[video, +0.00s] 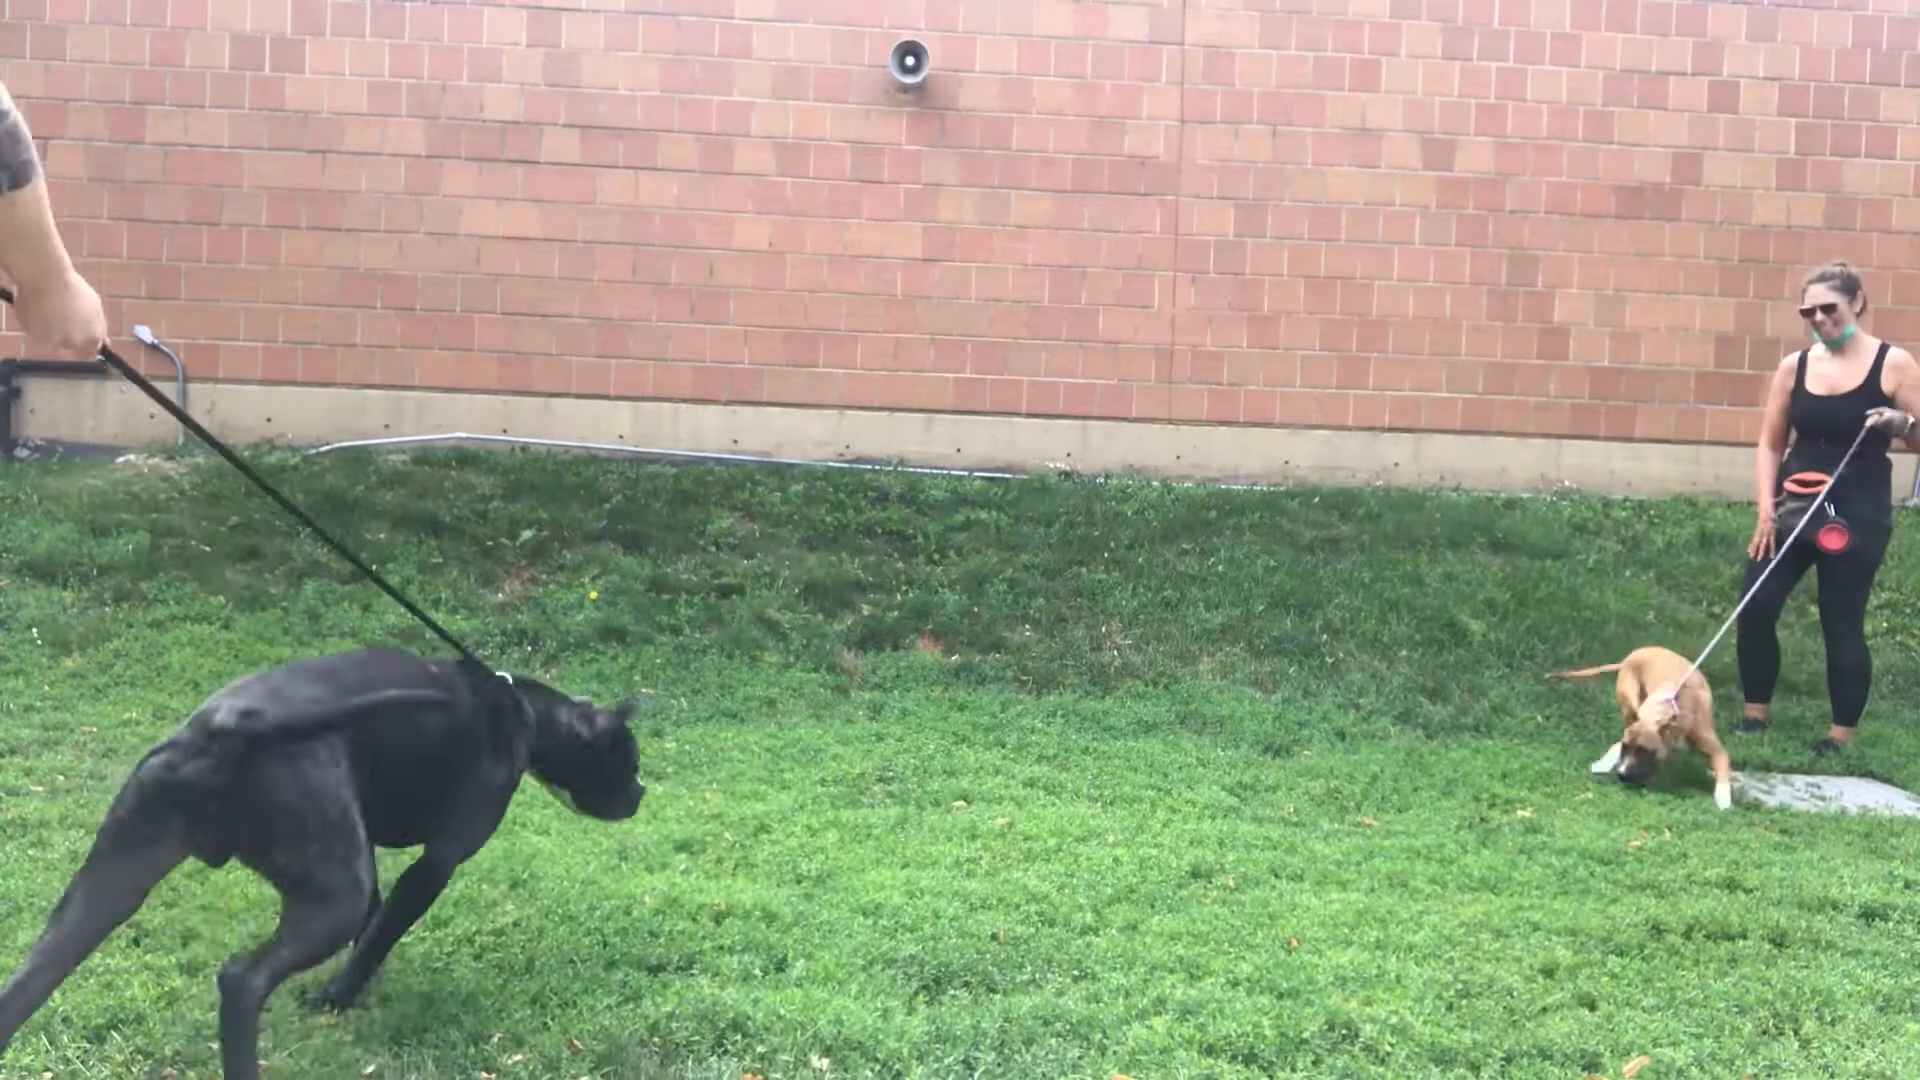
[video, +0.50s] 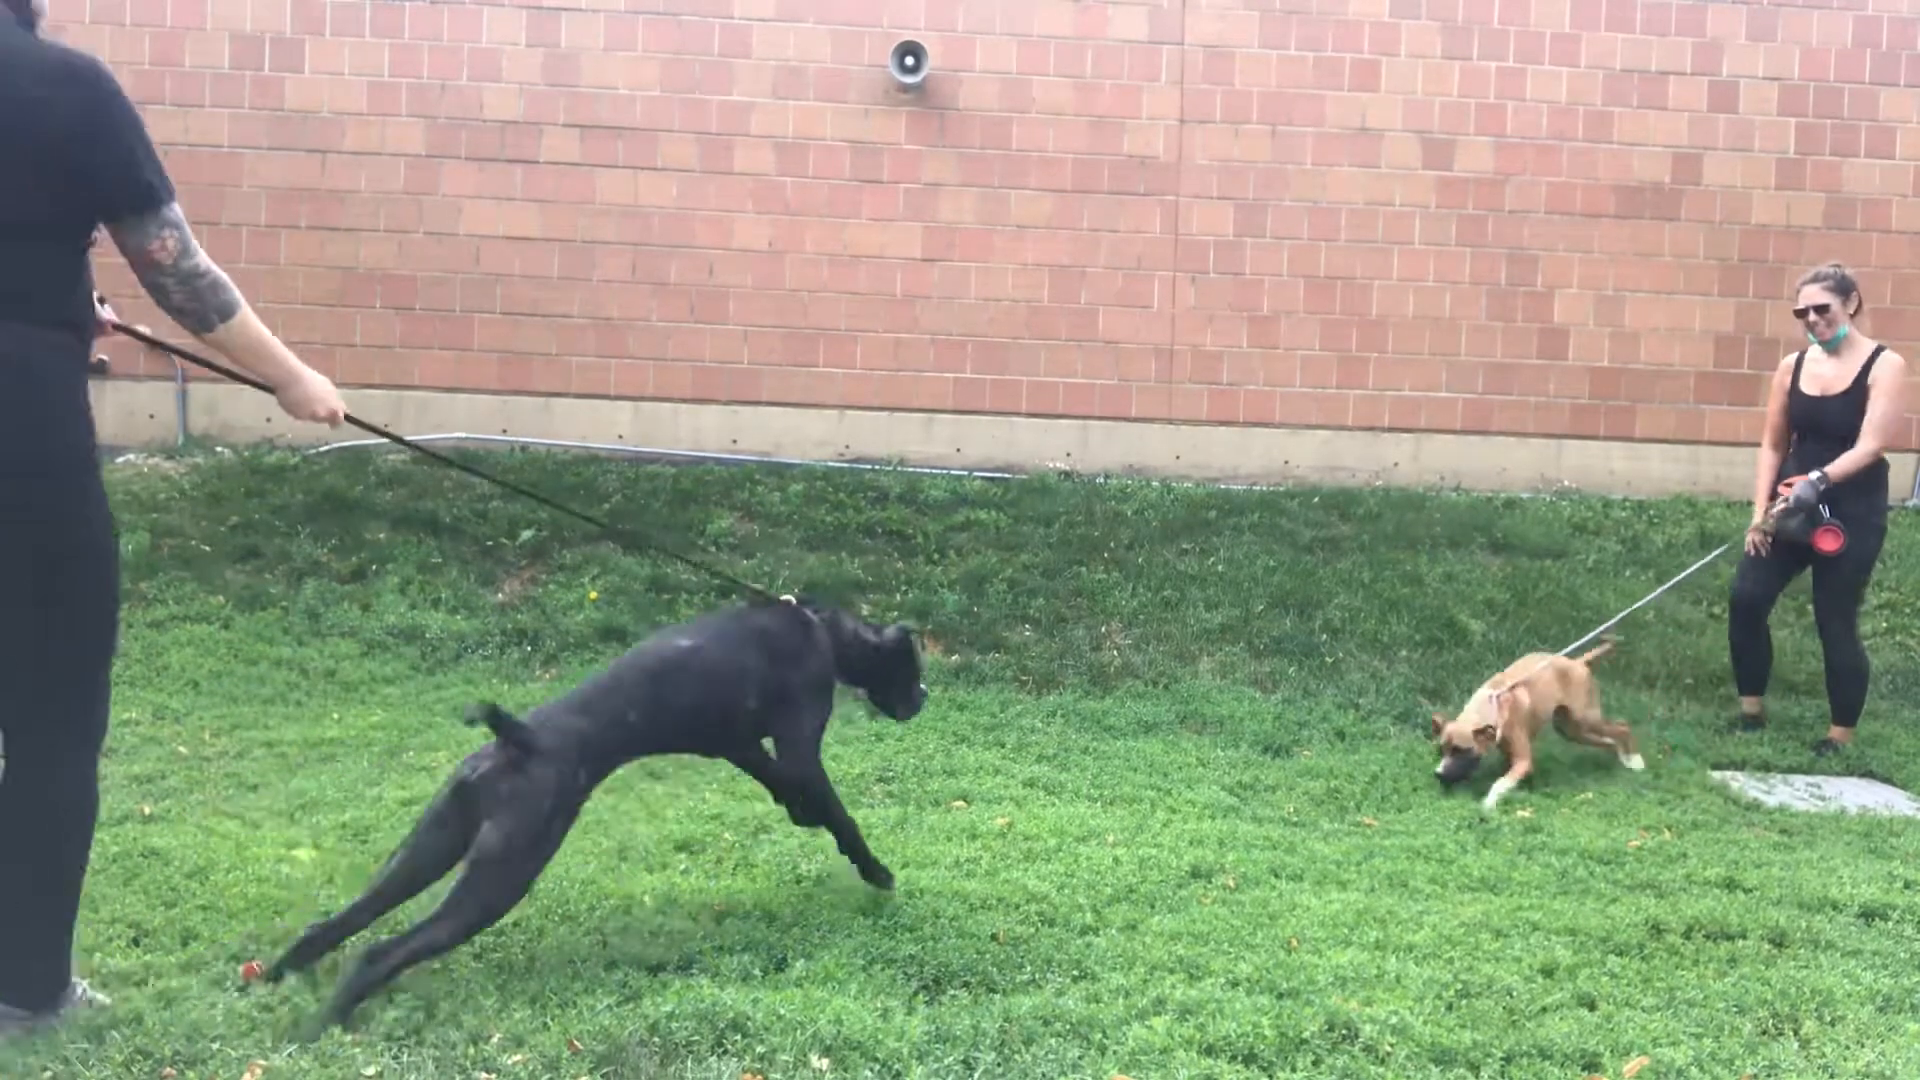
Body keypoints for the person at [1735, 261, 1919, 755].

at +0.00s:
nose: (1819, 319)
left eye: (1829, 308)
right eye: (1810, 311)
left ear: (1855, 305)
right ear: (1804, 313)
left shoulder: (1894, 365)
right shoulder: (1794, 366)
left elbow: (1918, 439)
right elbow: (1769, 445)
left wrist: (1900, 425)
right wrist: (1765, 511)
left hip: (1858, 511)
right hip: (1794, 507)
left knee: (1841, 618)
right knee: (1755, 603)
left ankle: (1841, 732)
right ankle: (1755, 714)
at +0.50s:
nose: (1812, 320)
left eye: (1822, 309)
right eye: (1804, 313)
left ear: (1850, 304)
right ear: (1799, 314)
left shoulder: (1884, 365)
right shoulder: (1792, 366)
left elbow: (1871, 447)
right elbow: (1771, 445)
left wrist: (1815, 482)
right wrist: (1759, 513)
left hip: (1854, 509)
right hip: (1793, 503)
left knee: (1834, 617)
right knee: (1746, 596)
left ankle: (1841, 736)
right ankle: (1750, 712)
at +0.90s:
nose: (1742, 322)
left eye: (1751, 312)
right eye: (1735, 314)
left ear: (1781, 309)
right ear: (1732, 316)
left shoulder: (1804, 366)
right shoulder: (1757, 364)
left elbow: (1778, 434)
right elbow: (1754, 440)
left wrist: (1740, 475)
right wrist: (1727, 492)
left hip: (1795, 516)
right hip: (1750, 509)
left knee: (1799, 623)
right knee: (1707, 602)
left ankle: (1838, 732)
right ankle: (1686, 716)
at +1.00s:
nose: (1715, 323)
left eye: (1724, 313)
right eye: (1709, 315)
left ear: (1755, 309)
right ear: (1707, 316)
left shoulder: (1774, 362)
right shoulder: (1733, 363)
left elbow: (1755, 417)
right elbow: (1734, 434)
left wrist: (1720, 451)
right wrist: (1707, 489)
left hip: (1770, 512)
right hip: (1728, 506)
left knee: (1754, 622)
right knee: (1691, 600)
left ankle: (1824, 721)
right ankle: (1684, 715)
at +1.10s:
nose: (1697, 325)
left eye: (1706, 315)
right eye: (1690, 317)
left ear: (1735, 310)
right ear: (1686, 315)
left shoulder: (1754, 360)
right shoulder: (1708, 365)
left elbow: (1732, 414)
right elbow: (1697, 433)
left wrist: (1692, 444)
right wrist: (1679, 483)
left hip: (1753, 503)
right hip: (1710, 500)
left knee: (1709, 607)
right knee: (1680, 602)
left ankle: (1794, 705)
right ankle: (1683, 718)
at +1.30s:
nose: (1669, 320)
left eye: (1678, 310)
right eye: (1661, 313)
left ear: (1705, 304)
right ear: (1655, 313)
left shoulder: (1724, 356)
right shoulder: (1683, 358)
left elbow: (1695, 426)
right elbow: (1689, 434)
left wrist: (1655, 472)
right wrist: (1664, 491)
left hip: (1730, 497)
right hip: (1689, 495)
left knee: (1682, 599)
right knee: (1663, 599)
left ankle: (1693, 733)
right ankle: (1679, 722)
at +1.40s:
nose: (1657, 322)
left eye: (1667, 312)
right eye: (1650, 314)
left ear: (1694, 308)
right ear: (1646, 316)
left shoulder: (1711, 362)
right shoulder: (1676, 360)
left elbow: (1682, 433)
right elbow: (1676, 438)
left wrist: (1636, 475)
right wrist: (1653, 490)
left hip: (1718, 505)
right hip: (1680, 502)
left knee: (1679, 611)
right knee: (1648, 607)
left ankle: (1663, 734)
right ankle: (1676, 705)